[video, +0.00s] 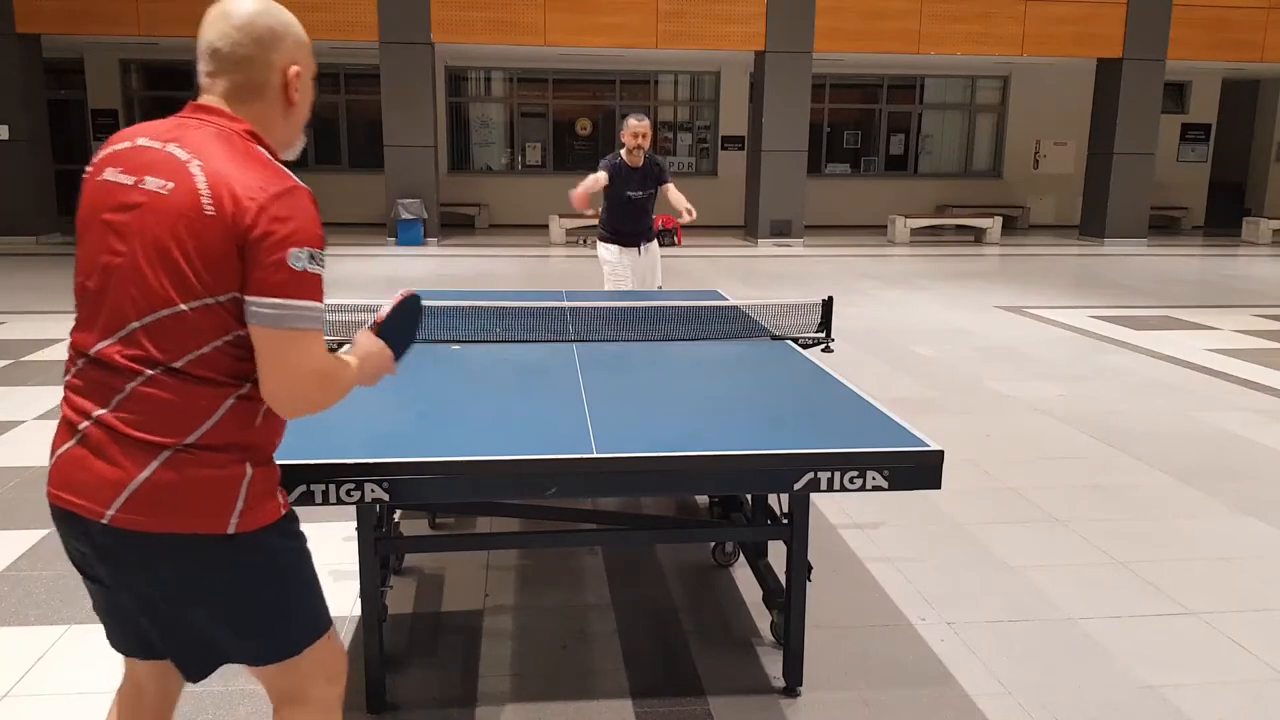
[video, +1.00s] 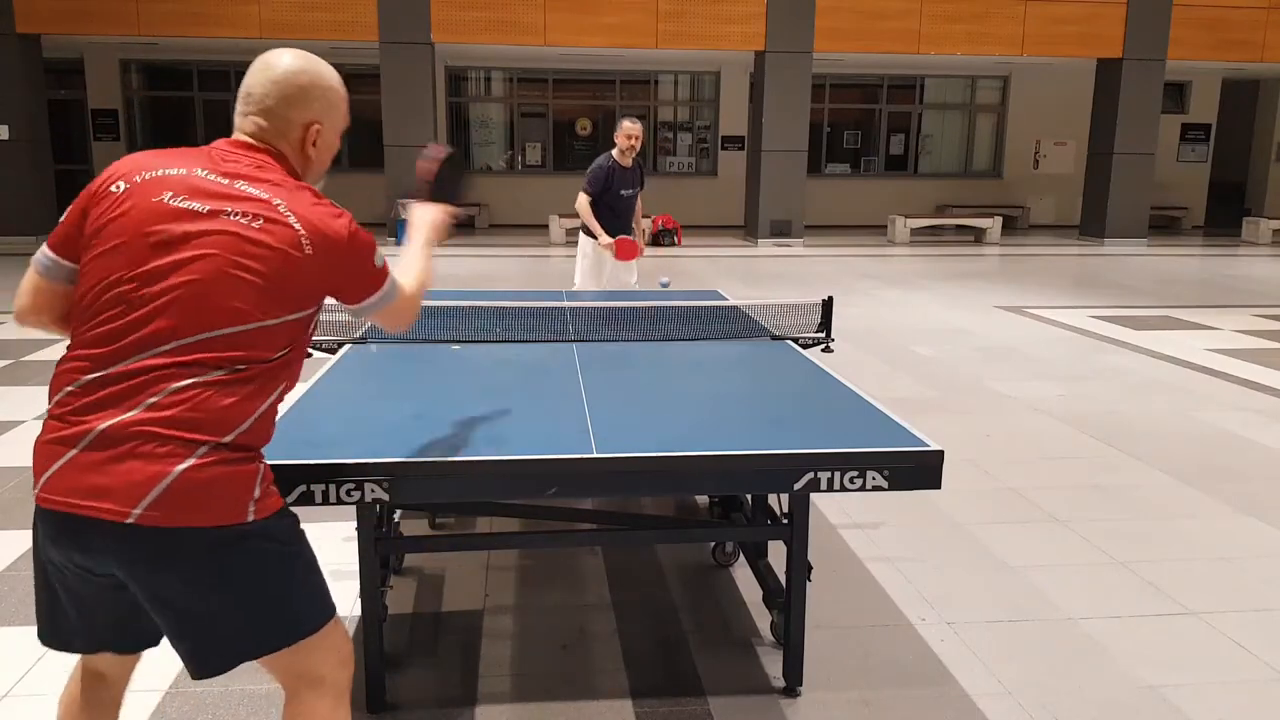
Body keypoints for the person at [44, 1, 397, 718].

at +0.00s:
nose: (313, 101)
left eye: (314, 86)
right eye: (314, 83)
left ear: (205, 74)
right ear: (294, 82)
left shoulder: (115, 154)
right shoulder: (271, 195)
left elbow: (143, 314)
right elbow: (294, 391)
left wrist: (293, 326)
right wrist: (360, 363)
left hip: (84, 492)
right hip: (202, 509)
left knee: (149, 674)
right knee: (314, 684)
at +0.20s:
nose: (378, 134)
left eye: (382, 117)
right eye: (381, 116)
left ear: (281, 98)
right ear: (360, 118)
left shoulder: (177, 162)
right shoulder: (317, 225)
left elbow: (178, 320)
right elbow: (335, 415)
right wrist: (424, 408)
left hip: (95, 479)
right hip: (203, 500)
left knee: (174, 645)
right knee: (320, 680)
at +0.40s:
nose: (401, 176)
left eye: (406, 159)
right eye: (404, 158)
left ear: (309, 127)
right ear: (380, 154)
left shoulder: (219, 175)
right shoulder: (305, 243)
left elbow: (208, 304)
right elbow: (294, 435)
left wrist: (314, 324)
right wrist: (435, 498)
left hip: (95, 474)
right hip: (183, 502)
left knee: (145, 660)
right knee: (314, 678)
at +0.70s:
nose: (385, 195)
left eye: (390, 179)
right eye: (383, 177)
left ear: (300, 154)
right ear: (338, 164)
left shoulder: (188, 183)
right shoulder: (291, 260)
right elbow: (363, 432)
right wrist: (497, 482)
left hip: (70, 477)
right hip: (165, 504)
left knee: (148, 648)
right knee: (301, 672)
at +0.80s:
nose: (378, 179)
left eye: (383, 162)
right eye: (376, 159)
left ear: (295, 140)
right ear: (323, 150)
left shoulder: (167, 176)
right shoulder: (311, 255)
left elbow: (91, 286)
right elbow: (417, 395)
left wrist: (228, 331)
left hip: (63, 482)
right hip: (178, 502)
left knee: (135, 651)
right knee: (305, 669)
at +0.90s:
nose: (360, 162)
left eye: (364, 147)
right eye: (360, 146)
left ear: (259, 125)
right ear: (321, 146)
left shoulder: (149, 172)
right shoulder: (327, 244)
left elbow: (58, 287)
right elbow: (430, 345)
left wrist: (166, 314)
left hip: (65, 484)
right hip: (188, 501)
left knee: (121, 649)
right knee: (318, 670)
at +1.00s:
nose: (335, 151)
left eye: (340, 136)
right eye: (337, 135)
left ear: (243, 115)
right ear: (312, 136)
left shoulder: (127, 174)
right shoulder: (318, 225)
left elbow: (36, 304)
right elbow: (400, 311)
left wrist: (136, 321)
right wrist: (422, 231)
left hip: (70, 495)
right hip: (201, 503)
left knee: (99, 665)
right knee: (321, 673)